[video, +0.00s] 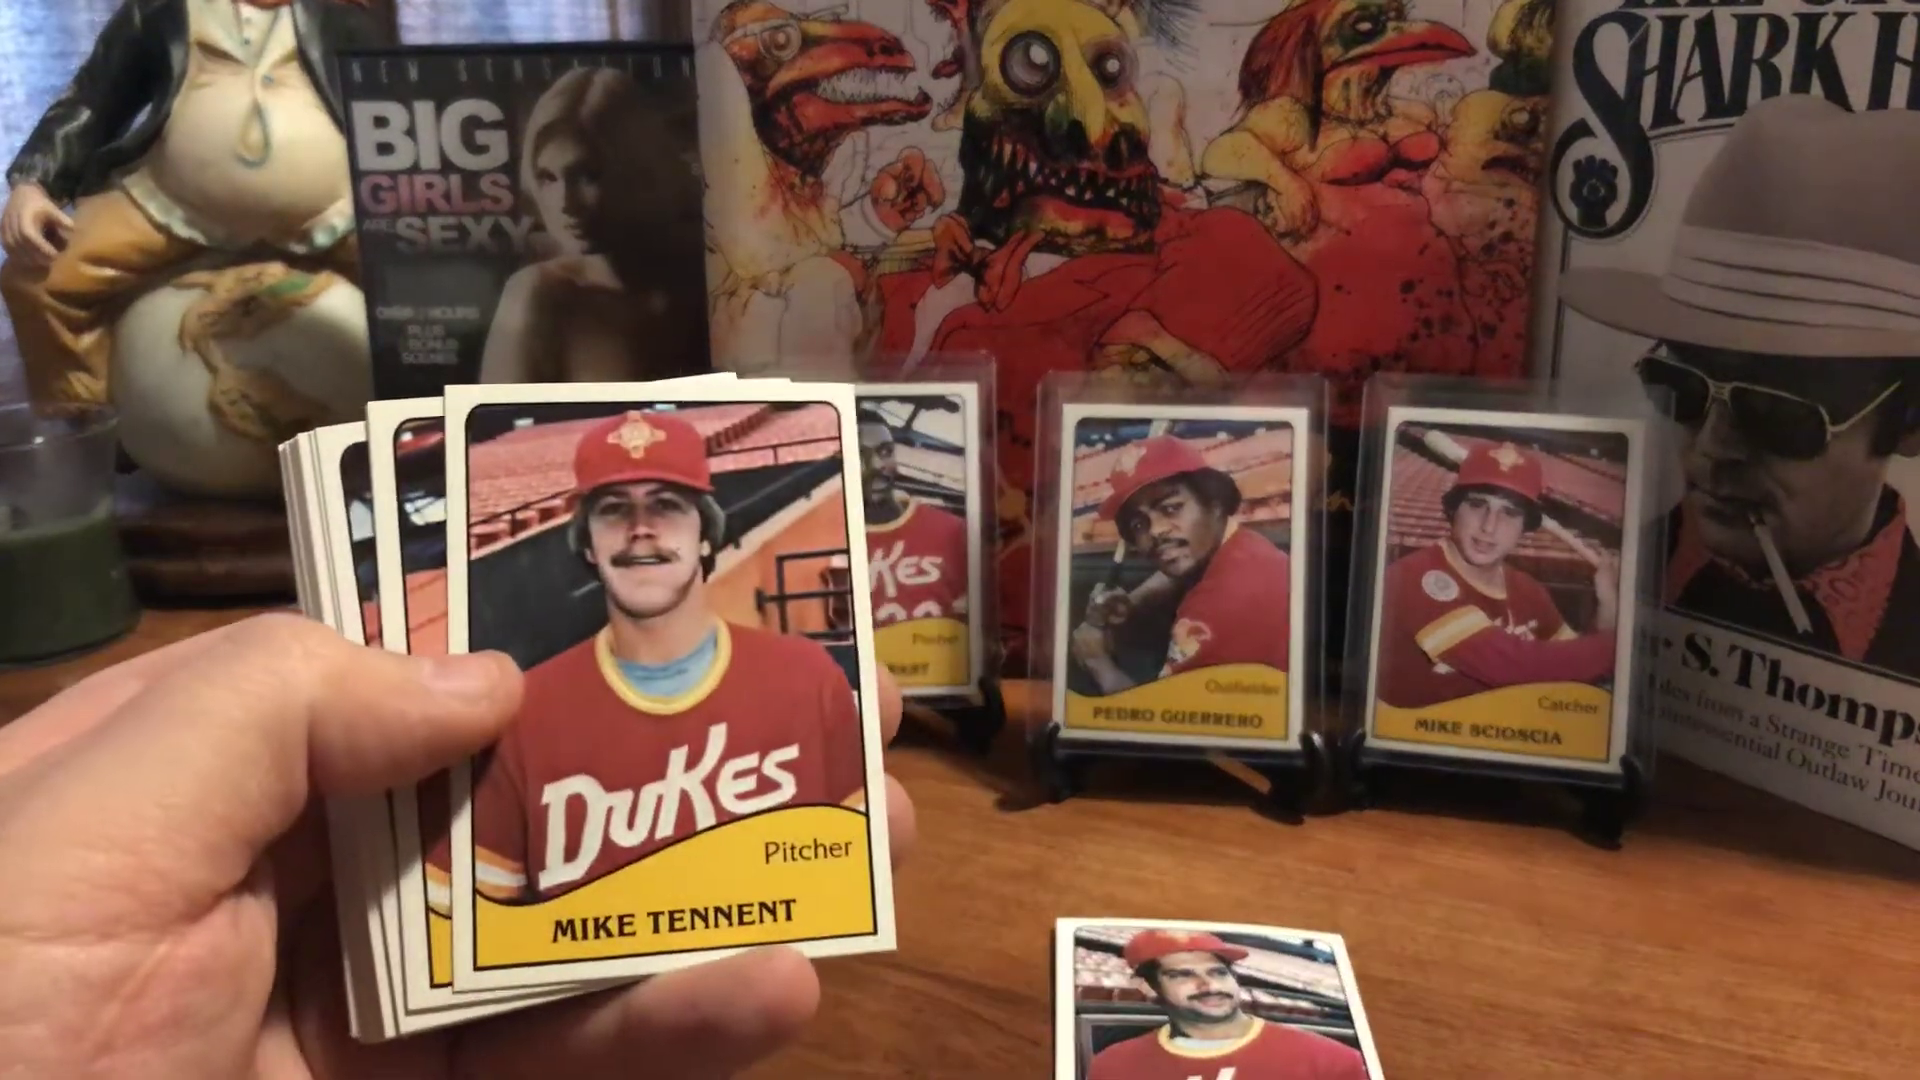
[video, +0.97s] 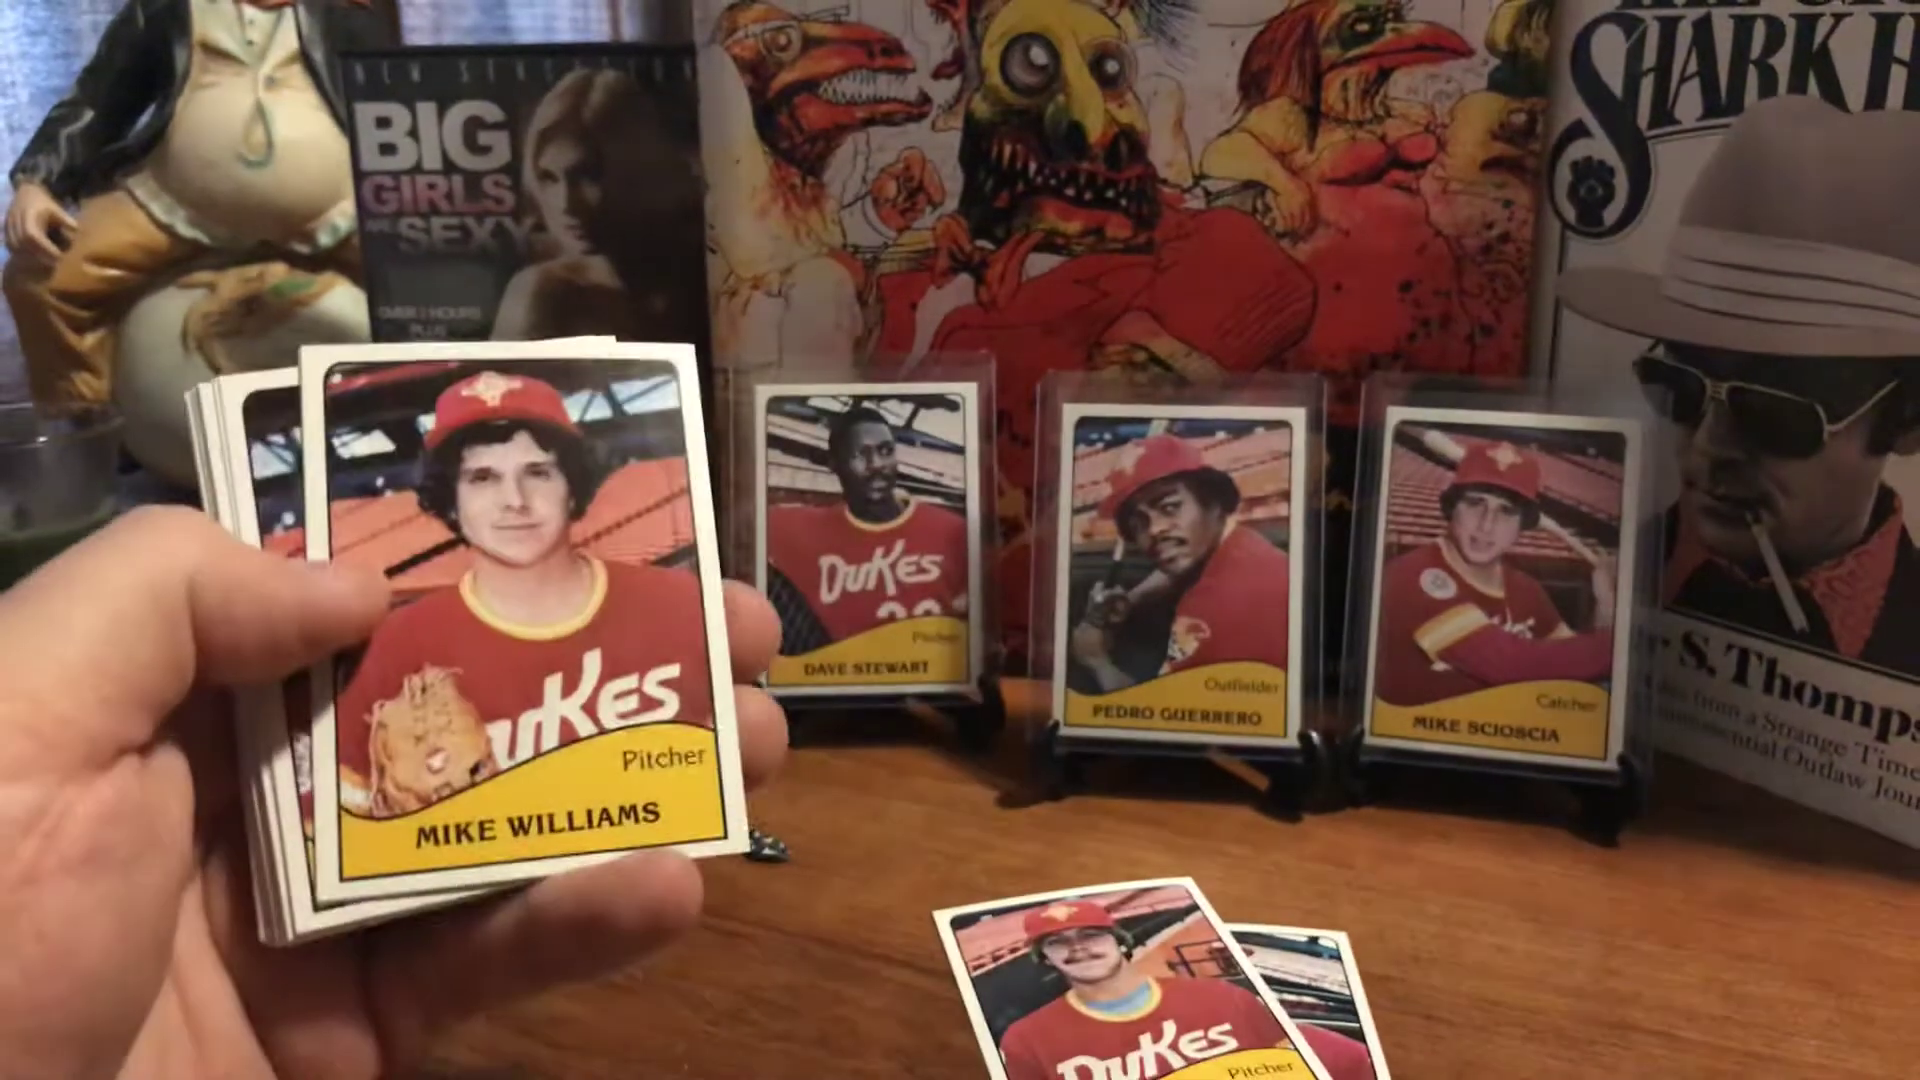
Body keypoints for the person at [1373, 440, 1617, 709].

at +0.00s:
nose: (1488, 526)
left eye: (1508, 513)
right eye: (1477, 505)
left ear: (1525, 528)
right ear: (1453, 509)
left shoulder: (1526, 590)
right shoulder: (1417, 577)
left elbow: (1580, 671)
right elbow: (1505, 665)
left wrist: (1607, 607)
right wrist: (1616, 644)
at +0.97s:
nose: (1486, 524)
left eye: (1506, 511)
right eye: (1475, 503)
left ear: (1522, 525)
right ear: (1451, 507)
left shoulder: (1524, 590)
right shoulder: (1416, 577)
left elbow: (1579, 671)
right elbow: (1505, 664)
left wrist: (1605, 608)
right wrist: (1623, 643)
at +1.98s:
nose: (1486, 525)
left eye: (1506, 512)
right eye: (1475, 504)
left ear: (1522, 526)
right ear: (1452, 509)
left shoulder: (1525, 591)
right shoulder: (1416, 578)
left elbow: (1578, 676)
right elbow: (1507, 665)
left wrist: (1605, 607)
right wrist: (1624, 640)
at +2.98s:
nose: (1487, 525)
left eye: (1506, 512)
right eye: (1476, 505)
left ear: (1521, 527)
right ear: (1452, 508)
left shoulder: (1525, 592)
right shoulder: (1416, 577)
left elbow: (1579, 675)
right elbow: (1504, 664)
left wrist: (1606, 606)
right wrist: (1620, 641)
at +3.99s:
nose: (1485, 526)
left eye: (1505, 512)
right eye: (1474, 505)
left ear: (1520, 526)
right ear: (1450, 509)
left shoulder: (1523, 591)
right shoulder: (1414, 578)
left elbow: (1578, 669)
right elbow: (1505, 664)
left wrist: (1604, 607)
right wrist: (1616, 643)